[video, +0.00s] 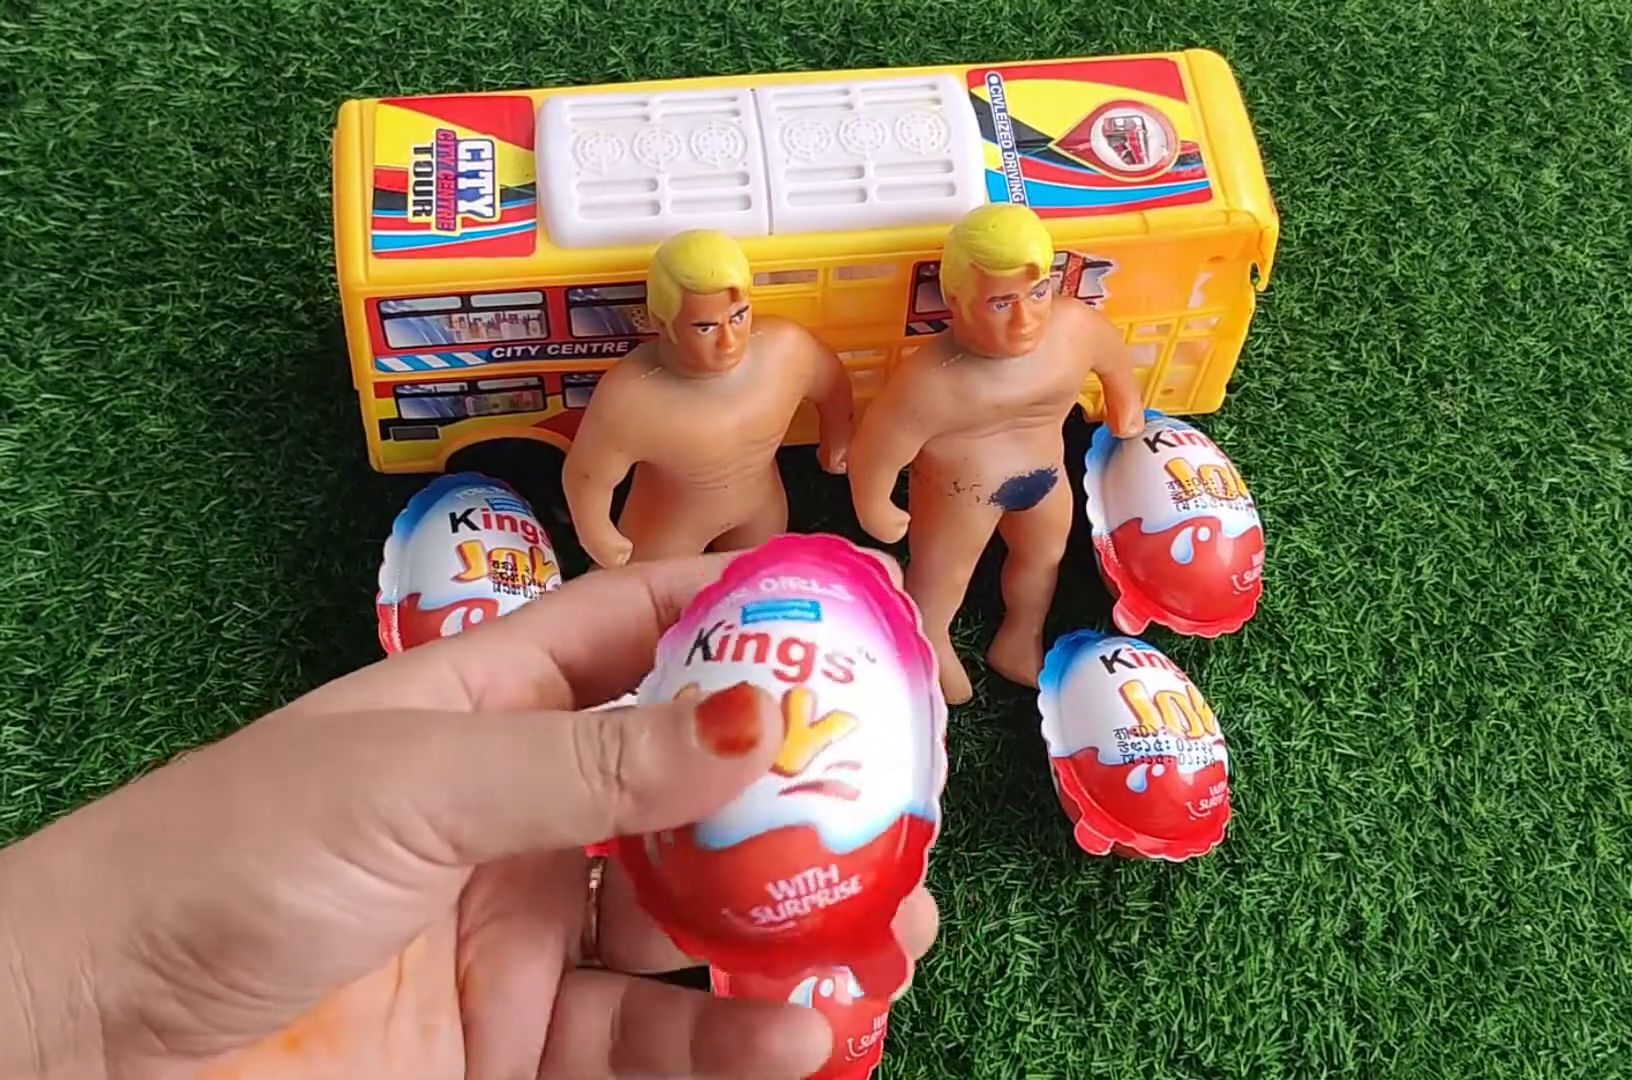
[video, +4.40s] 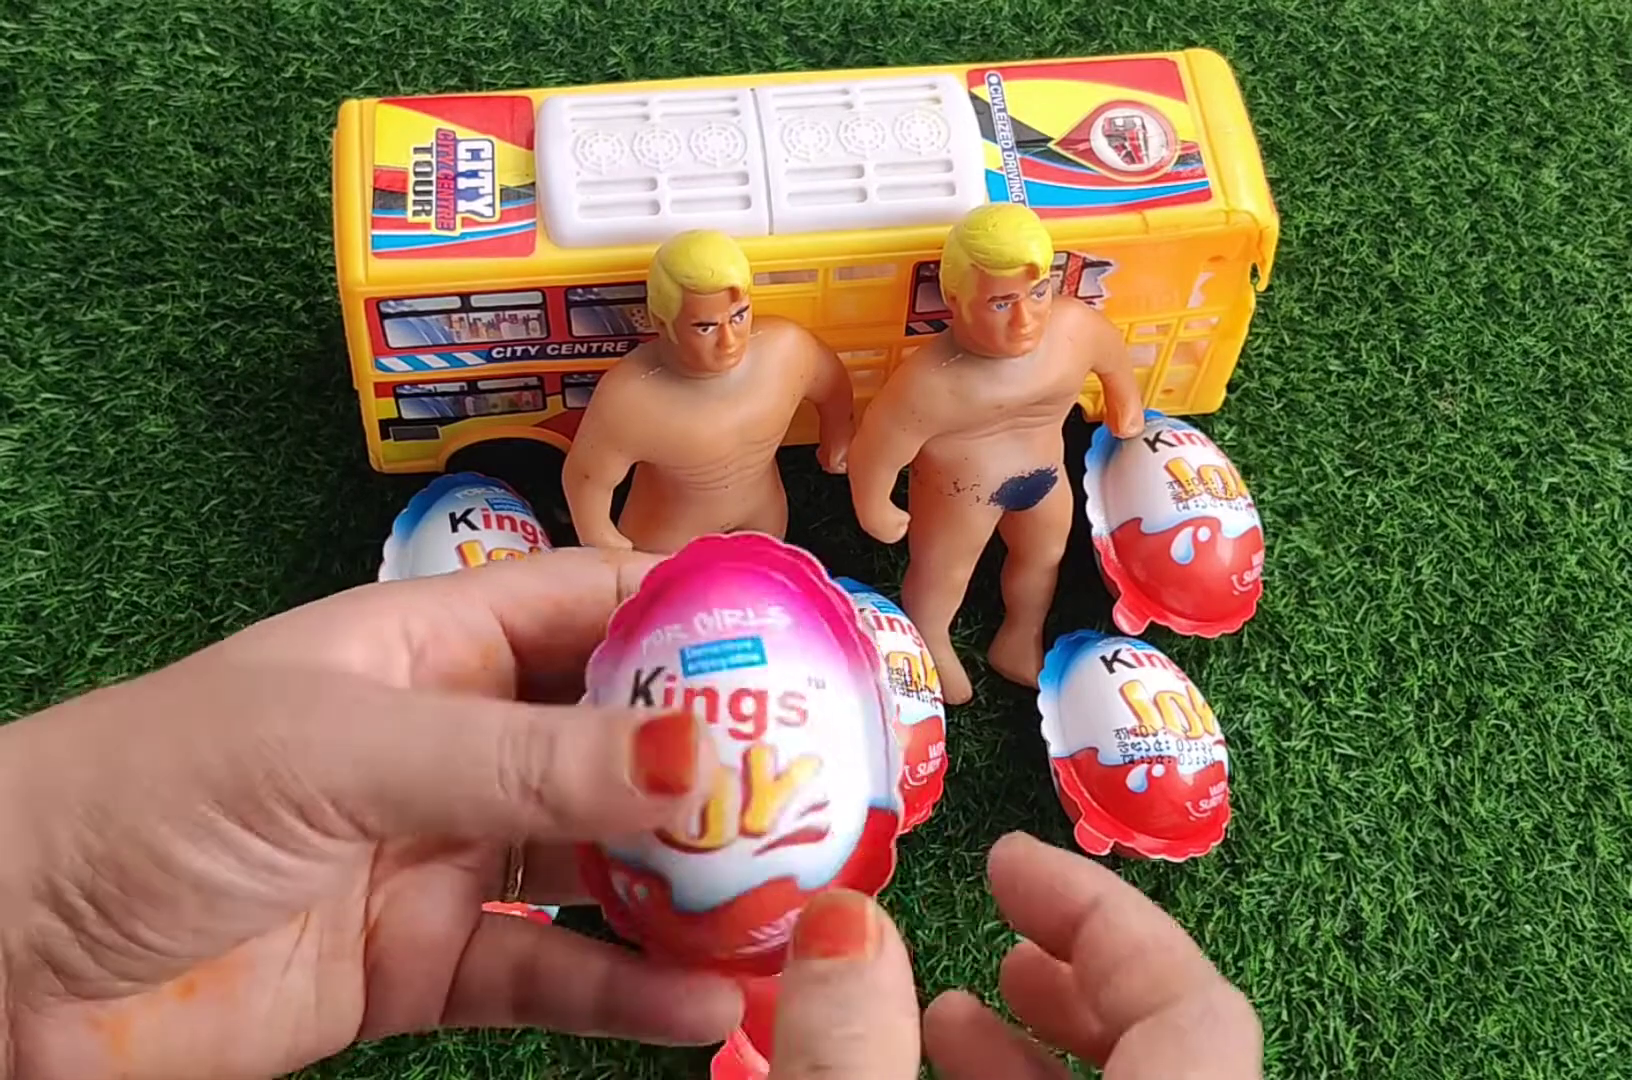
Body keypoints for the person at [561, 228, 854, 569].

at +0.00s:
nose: (728, 340)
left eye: (738, 316)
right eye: (705, 327)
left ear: (750, 302)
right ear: (661, 324)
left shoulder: (788, 350)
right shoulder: (628, 399)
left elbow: (833, 389)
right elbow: (585, 479)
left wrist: (836, 445)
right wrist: (601, 541)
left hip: (758, 510)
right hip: (670, 524)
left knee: (762, 612)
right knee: (657, 627)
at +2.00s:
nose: (728, 339)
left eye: (739, 315)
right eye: (703, 327)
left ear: (749, 300)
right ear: (662, 324)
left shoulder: (787, 350)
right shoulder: (626, 397)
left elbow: (832, 387)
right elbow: (584, 478)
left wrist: (834, 443)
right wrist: (600, 552)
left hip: (757, 517)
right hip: (665, 533)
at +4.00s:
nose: (728, 340)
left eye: (739, 316)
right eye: (705, 326)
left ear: (750, 301)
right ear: (659, 322)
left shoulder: (789, 350)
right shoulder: (628, 397)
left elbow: (834, 388)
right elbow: (587, 477)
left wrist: (837, 440)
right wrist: (598, 536)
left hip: (759, 497)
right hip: (672, 509)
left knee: (750, 577)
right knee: (636, 591)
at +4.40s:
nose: (728, 340)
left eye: (739, 315)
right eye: (704, 327)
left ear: (750, 301)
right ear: (663, 327)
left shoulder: (786, 350)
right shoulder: (627, 399)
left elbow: (832, 389)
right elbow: (585, 479)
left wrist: (835, 444)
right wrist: (605, 544)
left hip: (762, 541)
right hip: (662, 558)